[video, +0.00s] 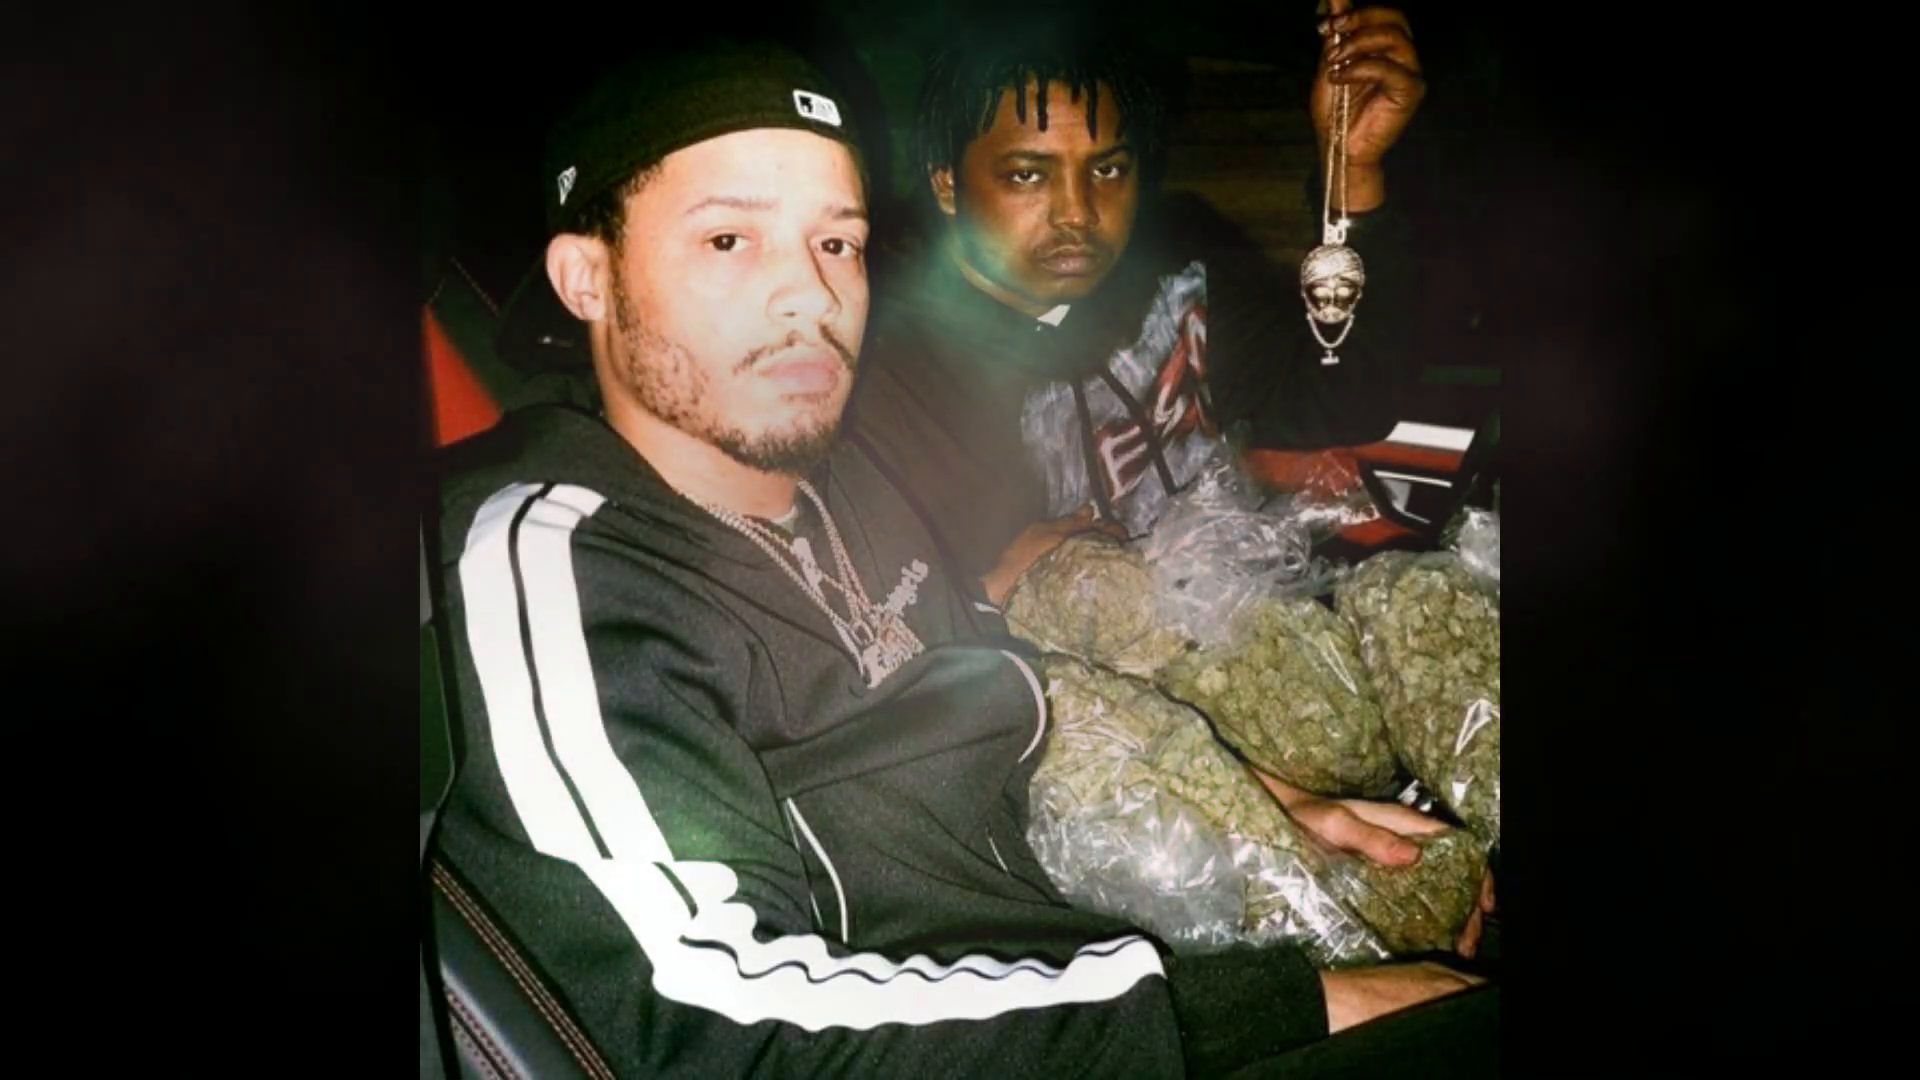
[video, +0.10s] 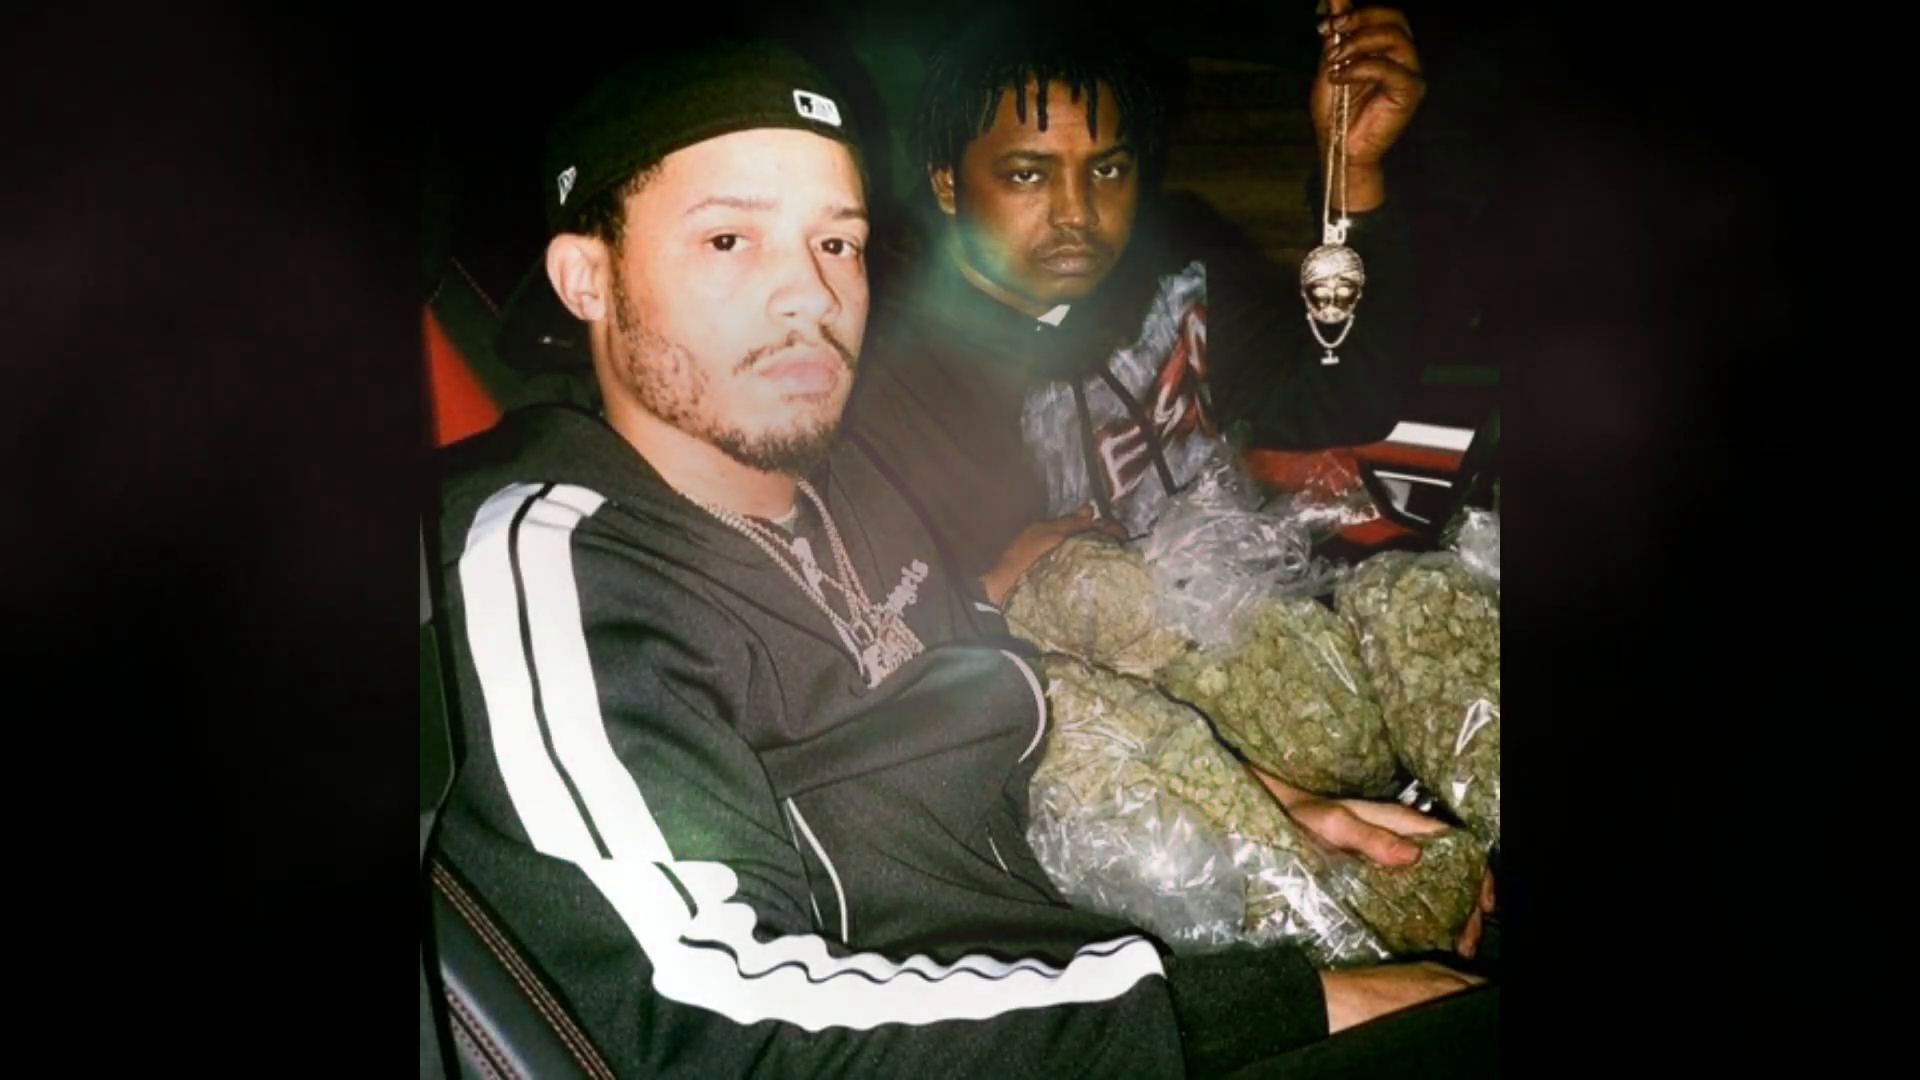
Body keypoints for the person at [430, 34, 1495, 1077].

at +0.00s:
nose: (812, 306)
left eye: (836, 249)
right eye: (728, 245)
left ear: (867, 267)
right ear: (587, 282)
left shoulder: (830, 483)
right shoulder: (536, 553)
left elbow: (1011, 746)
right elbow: (714, 1013)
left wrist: (1266, 825)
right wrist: (1277, 1006)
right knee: (1460, 1011)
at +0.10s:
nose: (811, 304)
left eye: (836, 249)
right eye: (729, 244)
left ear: (867, 269)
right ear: (588, 282)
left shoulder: (830, 488)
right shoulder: (535, 552)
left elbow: (1013, 746)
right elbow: (712, 1013)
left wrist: (1264, 826)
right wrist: (1279, 1007)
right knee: (1457, 1006)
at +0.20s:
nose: (812, 306)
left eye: (836, 250)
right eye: (729, 245)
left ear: (866, 269)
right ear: (588, 282)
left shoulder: (829, 486)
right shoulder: (534, 551)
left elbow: (1013, 739)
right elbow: (711, 1012)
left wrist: (1262, 822)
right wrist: (1278, 1008)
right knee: (1455, 1007)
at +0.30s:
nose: (812, 305)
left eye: (836, 250)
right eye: (729, 245)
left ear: (867, 269)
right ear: (588, 282)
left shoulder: (826, 485)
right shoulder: (535, 553)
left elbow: (1011, 746)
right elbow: (711, 1015)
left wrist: (1262, 826)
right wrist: (1276, 1007)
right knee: (1458, 1005)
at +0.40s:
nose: (813, 305)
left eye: (836, 249)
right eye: (729, 244)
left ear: (867, 269)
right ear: (589, 283)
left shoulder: (832, 482)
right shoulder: (535, 554)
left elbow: (1007, 747)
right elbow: (709, 1014)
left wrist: (1262, 829)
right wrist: (1278, 1007)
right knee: (1454, 1005)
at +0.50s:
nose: (812, 304)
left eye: (836, 249)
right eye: (729, 245)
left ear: (867, 269)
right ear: (589, 283)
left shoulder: (830, 480)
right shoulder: (533, 555)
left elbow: (1003, 744)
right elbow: (708, 1011)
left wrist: (1263, 832)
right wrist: (1277, 1006)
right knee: (1446, 1008)